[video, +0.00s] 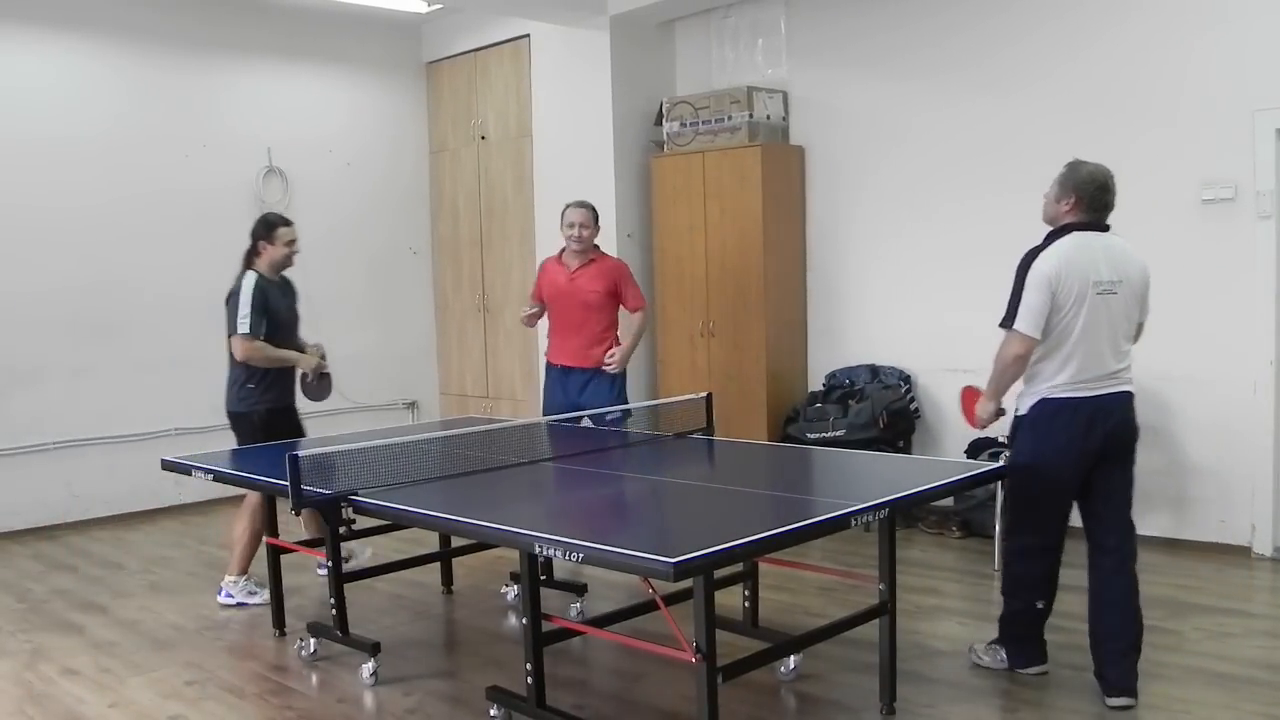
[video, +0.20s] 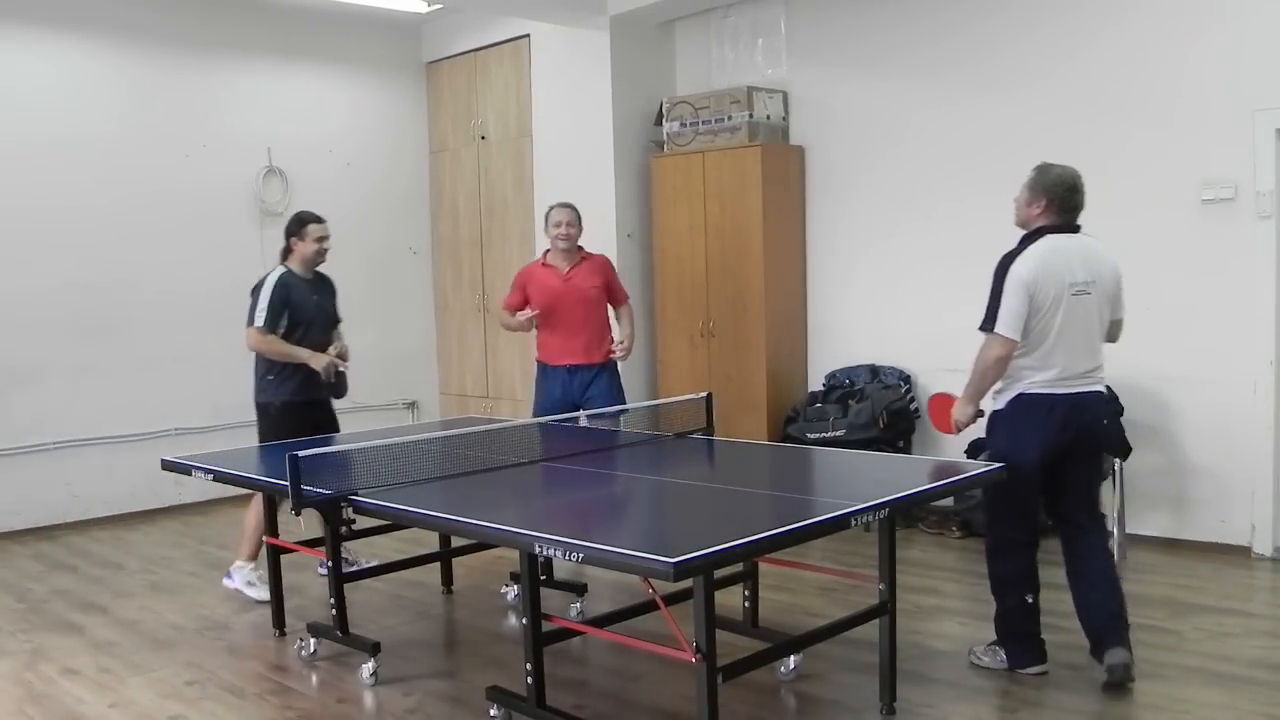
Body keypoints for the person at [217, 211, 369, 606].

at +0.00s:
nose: (294, 251)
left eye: (295, 244)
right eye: (288, 244)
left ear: (272, 247)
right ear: (263, 246)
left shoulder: (283, 285)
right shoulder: (249, 286)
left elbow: (283, 336)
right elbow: (243, 349)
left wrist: (309, 351)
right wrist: (298, 360)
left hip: (278, 403)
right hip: (254, 407)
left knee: (306, 481)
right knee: (261, 492)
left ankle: (328, 553)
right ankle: (234, 581)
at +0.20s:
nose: (326, 246)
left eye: (327, 240)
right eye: (319, 240)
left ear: (317, 243)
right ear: (295, 243)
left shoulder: (325, 284)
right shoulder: (275, 283)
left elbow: (330, 328)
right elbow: (257, 339)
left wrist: (339, 345)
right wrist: (309, 356)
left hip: (317, 400)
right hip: (280, 404)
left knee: (333, 477)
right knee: (271, 487)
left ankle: (333, 554)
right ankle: (243, 566)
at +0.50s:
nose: (340, 239)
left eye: (341, 233)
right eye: (333, 234)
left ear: (337, 238)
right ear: (309, 237)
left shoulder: (346, 280)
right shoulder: (287, 277)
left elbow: (363, 324)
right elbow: (260, 327)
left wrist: (365, 336)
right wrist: (295, 368)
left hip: (340, 394)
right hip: (298, 394)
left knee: (341, 471)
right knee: (293, 475)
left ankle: (336, 547)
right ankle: (292, 551)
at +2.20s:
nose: (286, 241)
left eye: (288, 235)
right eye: (277, 237)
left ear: (293, 238)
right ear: (258, 245)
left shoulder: (312, 280)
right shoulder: (243, 288)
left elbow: (329, 326)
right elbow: (223, 342)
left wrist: (319, 340)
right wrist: (270, 346)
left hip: (309, 402)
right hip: (262, 407)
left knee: (329, 476)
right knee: (261, 488)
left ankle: (342, 551)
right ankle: (266, 565)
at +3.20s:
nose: (341, 260)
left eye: (345, 254)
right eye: (334, 254)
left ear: (349, 256)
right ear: (312, 257)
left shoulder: (354, 298)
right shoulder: (285, 294)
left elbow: (367, 343)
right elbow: (259, 343)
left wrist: (356, 361)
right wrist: (303, 354)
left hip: (332, 403)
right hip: (284, 404)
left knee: (355, 471)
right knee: (265, 480)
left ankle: (354, 543)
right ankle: (247, 559)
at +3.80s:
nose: (303, 282)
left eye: (307, 274)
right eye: (294, 275)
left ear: (310, 276)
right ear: (272, 278)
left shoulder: (315, 315)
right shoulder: (245, 314)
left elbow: (314, 354)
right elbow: (211, 362)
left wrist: (304, 381)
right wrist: (259, 383)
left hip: (290, 413)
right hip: (241, 415)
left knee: (325, 475)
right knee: (227, 489)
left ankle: (340, 550)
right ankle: (215, 576)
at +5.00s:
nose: (332, 324)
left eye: (335, 317)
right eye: (323, 318)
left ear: (338, 318)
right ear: (302, 320)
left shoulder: (335, 354)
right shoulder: (271, 348)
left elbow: (333, 390)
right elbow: (236, 394)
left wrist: (337, 430)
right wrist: (281, 420)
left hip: (294, 417)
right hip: (247, 417)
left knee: (337, 465)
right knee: (228, 487)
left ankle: (345, 544)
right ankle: (208, 576)